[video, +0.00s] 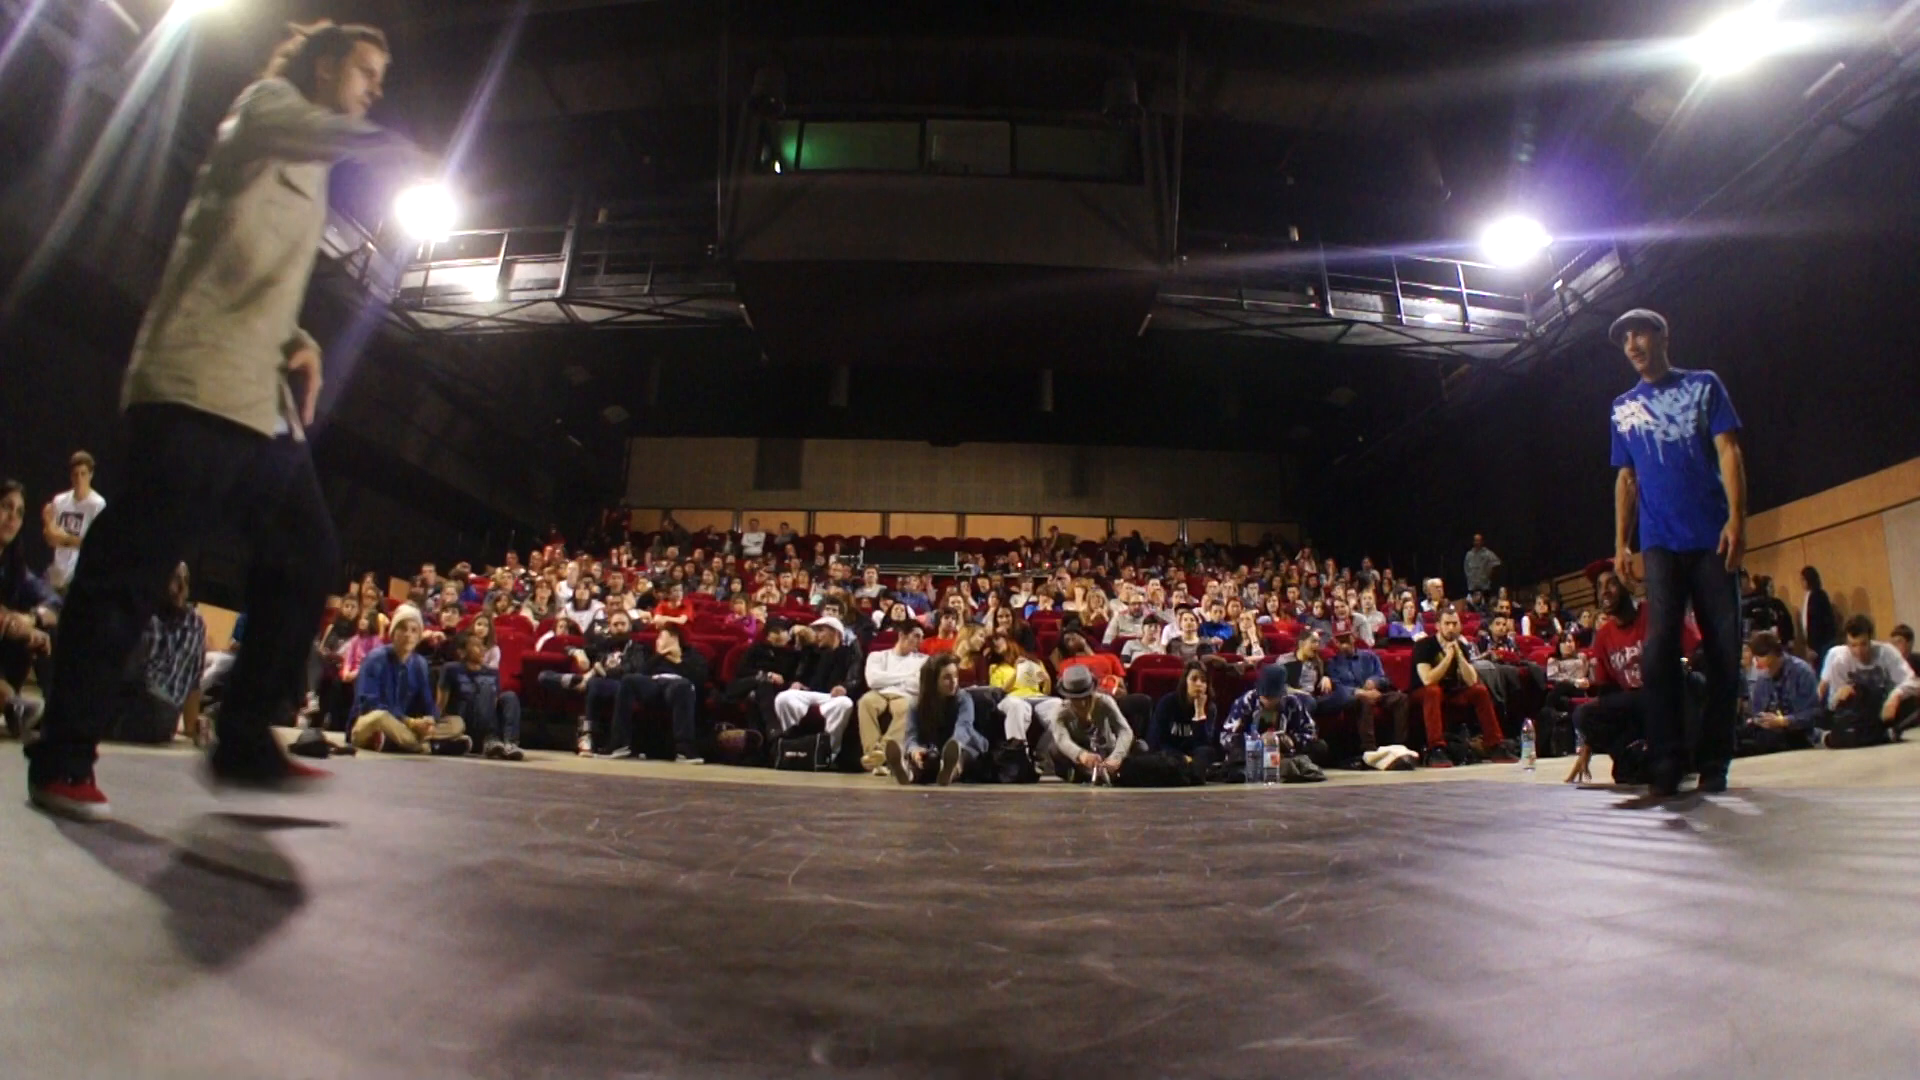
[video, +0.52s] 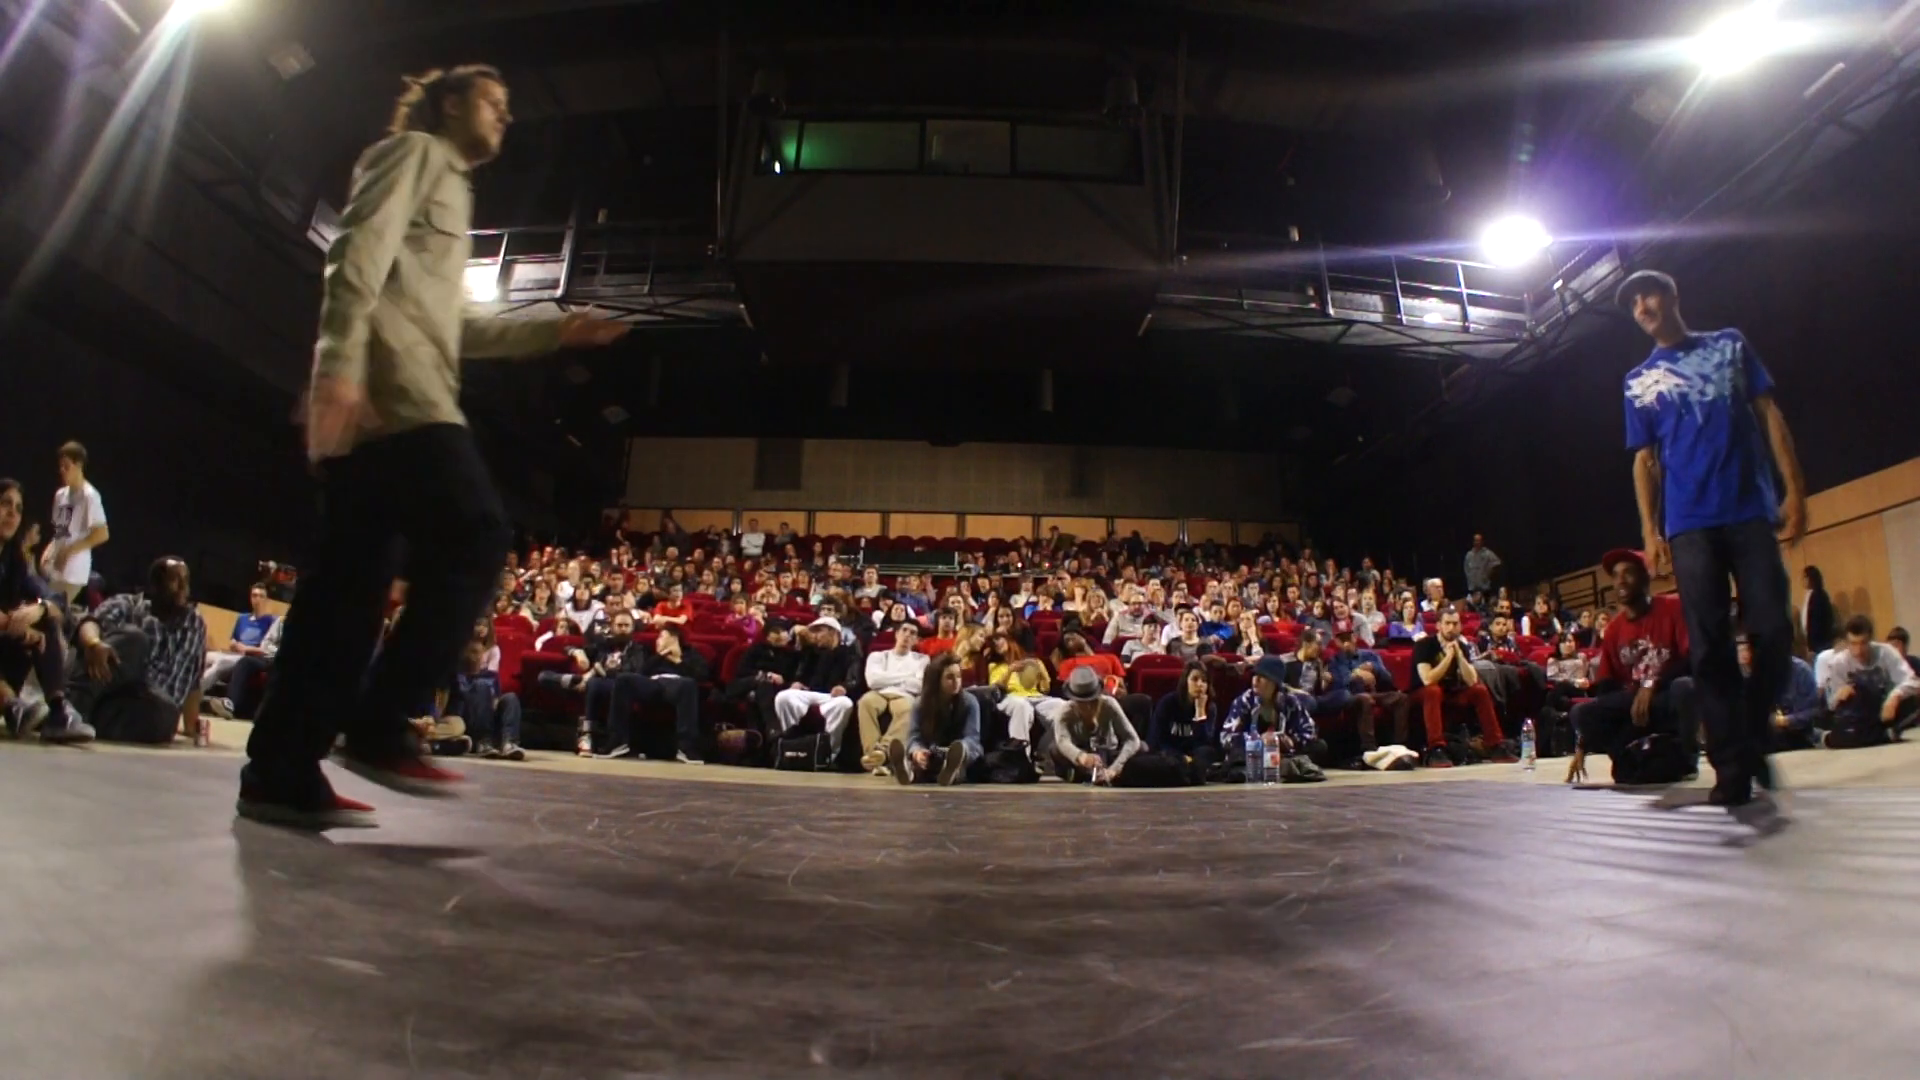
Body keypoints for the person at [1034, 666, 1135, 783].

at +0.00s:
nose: (1082, 704)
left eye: (1086, 698)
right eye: (1076, 700)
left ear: (1093, 692)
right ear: (1067, 696)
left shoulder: (1105, 702)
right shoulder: (1060, 712)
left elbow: (1125, 732)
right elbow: (1062, 740)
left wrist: (1115, 758)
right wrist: (1082, 755)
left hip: (1109, 753)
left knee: (1140, 747)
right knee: (1056, 749)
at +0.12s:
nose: (1083, 705)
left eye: (1087, 699)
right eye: (1076, 701)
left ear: (1094, 692)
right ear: (1067, 698)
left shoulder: (1106, 702)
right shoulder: (1061, 713)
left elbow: (1131, 733)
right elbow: (1062, 741)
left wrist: (1115, 762)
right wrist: (1082, 756)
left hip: (1110, 756)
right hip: (1082, 761)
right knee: (1056, 750)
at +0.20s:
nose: (1084, 705)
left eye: (1088, 700)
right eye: (1077, 701)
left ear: (1095, 693)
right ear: (1068, 699)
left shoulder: (1107, 703)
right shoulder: (1061, 713)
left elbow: (1132, 734)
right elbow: (1062, 741)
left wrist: (1114, 764)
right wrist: (1082, 756)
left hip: (1109, 754)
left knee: (1140, 749)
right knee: (1056, 750)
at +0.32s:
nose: (1085, 705)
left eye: (1090, 700)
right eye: (1079, 701)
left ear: (1096, 694)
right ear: (1070, 698)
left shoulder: (1108, 704)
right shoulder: (1062, 712)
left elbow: (1133, 737)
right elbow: (1062, 741)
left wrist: (1115, 766)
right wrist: (1082, 756)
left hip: (1108, 754)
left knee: (1140, 748)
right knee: (1056, 750)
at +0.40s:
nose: (1086, 706)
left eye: (1091, 700)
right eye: (1080, 701)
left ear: (1098, 694)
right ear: (1071, 698)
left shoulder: (1109, 703)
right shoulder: (1064, 712)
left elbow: (1133, 738)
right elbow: (1062, 741)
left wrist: (1115, 767)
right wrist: (1082, 756)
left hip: (1110, 753)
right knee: (1056, 750)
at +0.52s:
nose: (1088, 707)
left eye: (1092, 702)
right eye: (1081, 703)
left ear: (1099, 695)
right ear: (1073, 699)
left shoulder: (1110, 704)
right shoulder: (1064, 713)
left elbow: (1133, 740)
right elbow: (1063, 741)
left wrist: (1114, 769)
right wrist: (1081, 757)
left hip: (1110, 753)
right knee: (1056, 749)